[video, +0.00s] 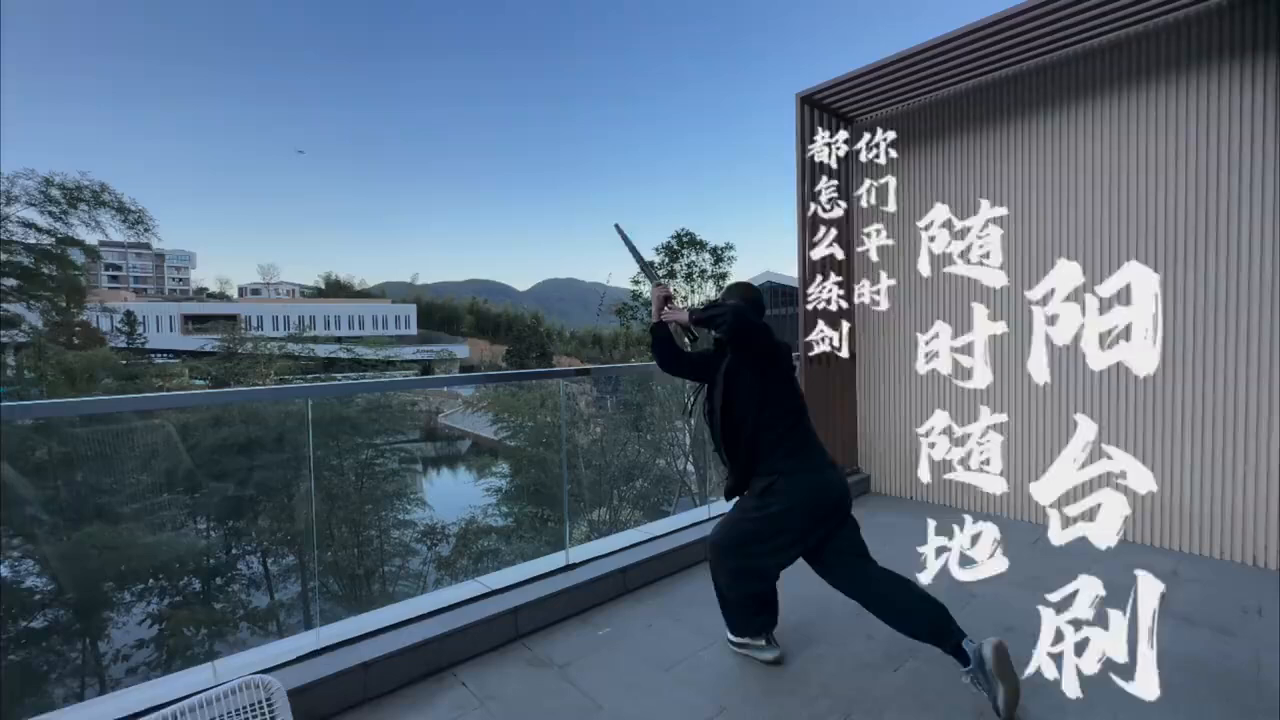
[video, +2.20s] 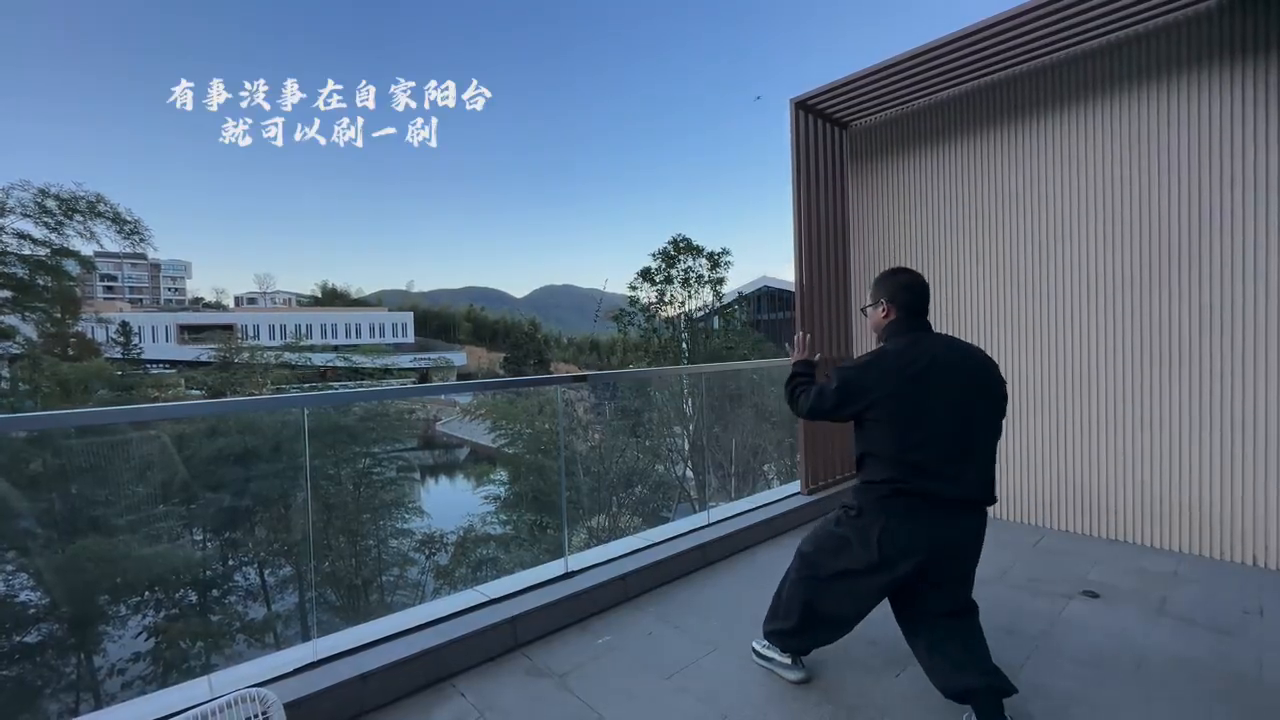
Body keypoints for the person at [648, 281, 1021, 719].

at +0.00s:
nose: (712, 316)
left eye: (717, 310)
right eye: (717, 311)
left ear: (734, 314)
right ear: (750, 314)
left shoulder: (758, 347)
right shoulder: (721, 362)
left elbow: (736, 316)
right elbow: (674, 362)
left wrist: (687, 318)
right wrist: (658, 320)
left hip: (790, 486)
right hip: (812, 485)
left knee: (729, 546)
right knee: (863, 578)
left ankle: (754, 635)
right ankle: (970, 654)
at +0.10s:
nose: (820, 287)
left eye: (825, 277)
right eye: (821, 277)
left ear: (846, 280)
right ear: (863, 281)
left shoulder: (857, 342)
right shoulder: (900, 331)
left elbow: (850, 434)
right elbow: (872, 383)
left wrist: (827, 501)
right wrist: (821, 360)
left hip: (867, 490)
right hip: (912, 486)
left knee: (815, 563)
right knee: (918, 591)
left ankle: (783, 648)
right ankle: (984, 697)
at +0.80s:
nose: (762, 300)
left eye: (765, 291)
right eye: (763, 292)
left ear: (783, 293)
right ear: (803, 292)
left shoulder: (792, 346)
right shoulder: (842, 330)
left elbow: (795, 429)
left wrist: (790, 494)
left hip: (842, 482)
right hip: (895, 472)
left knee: (803, 559)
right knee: (922, 580)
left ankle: (782, 646)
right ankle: (987, 692)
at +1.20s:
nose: (808, 304)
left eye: (813, 295)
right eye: (809, 295)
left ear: (834, 298)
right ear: (853, 299)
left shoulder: (844, 354)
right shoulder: (886, 341)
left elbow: (839, 439)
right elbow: (847, 390)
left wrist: (812, 480)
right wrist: (806, 369)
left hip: (875, 495)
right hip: (926, 490)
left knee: (807, 553)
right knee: (928, 597)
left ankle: (783, 645)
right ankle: (987, 702)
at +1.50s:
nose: (868, 297)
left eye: (874, 288)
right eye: (871, 288)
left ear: (899, 295)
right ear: (910, 298)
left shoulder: (898, 359)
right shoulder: (940, 352)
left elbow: (853, 431)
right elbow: (887, 403)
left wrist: (837, 419)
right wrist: (845, 360)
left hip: (896, 505)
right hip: (946, 503)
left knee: (817, 559)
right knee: (927, 605)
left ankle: (784, 647)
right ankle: (985, 703)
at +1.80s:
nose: (870, 300)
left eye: (873, 292)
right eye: (872, 292)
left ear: (892, 298)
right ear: (927, 300)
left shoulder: (880, 361)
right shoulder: (962, 357)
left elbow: (822, 398)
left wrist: (850, 358)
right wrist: (880, 354)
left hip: (880, 506)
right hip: (943, 509)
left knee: (817, 559)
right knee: (941, 606)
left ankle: (783, 646)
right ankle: (987, 705)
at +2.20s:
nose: (868, 317)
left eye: (871, 308)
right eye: (870, 308)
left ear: (889, 312)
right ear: (922, 312)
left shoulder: (879, 367)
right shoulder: (981, 365)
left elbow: (808, 401)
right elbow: (987, 434)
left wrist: (801, 364)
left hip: (890, 515)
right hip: (962, 520)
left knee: (818, 556)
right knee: (949, 611)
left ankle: (783, 645)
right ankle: (989, 707)